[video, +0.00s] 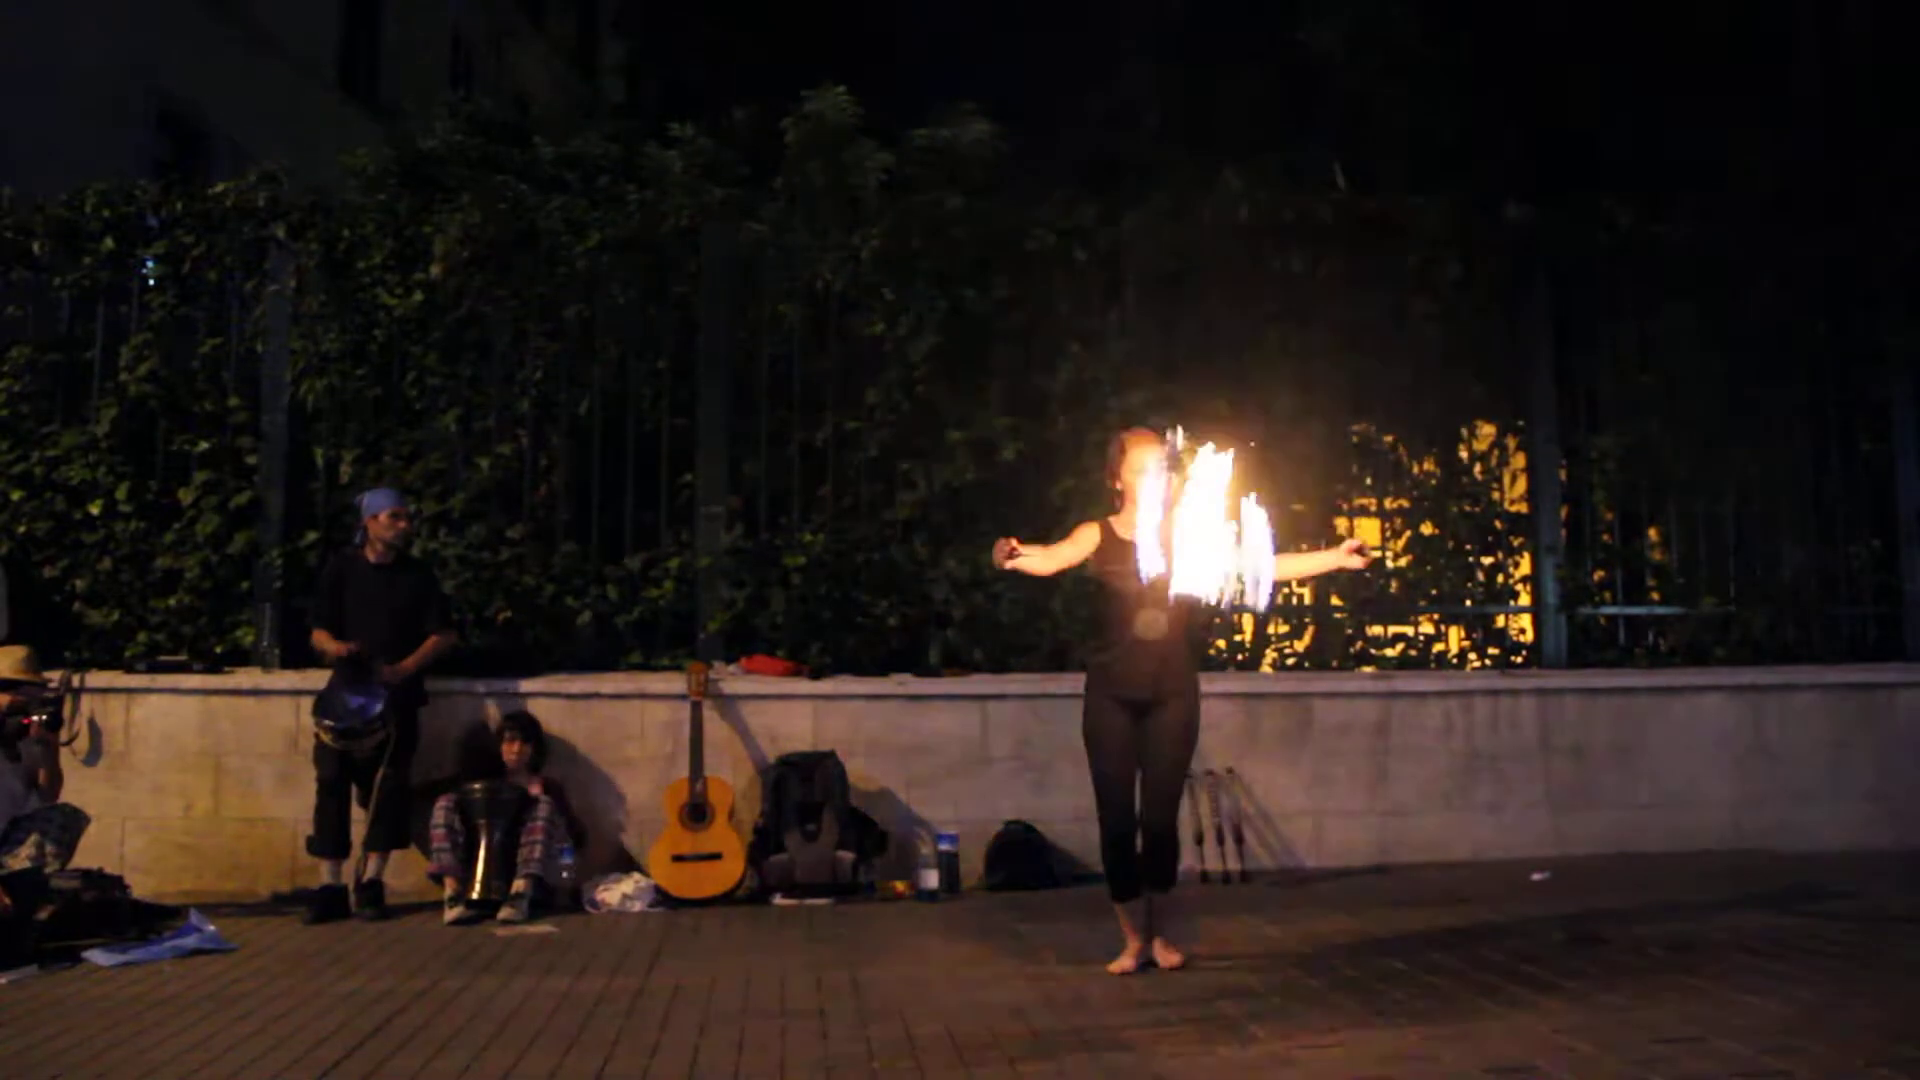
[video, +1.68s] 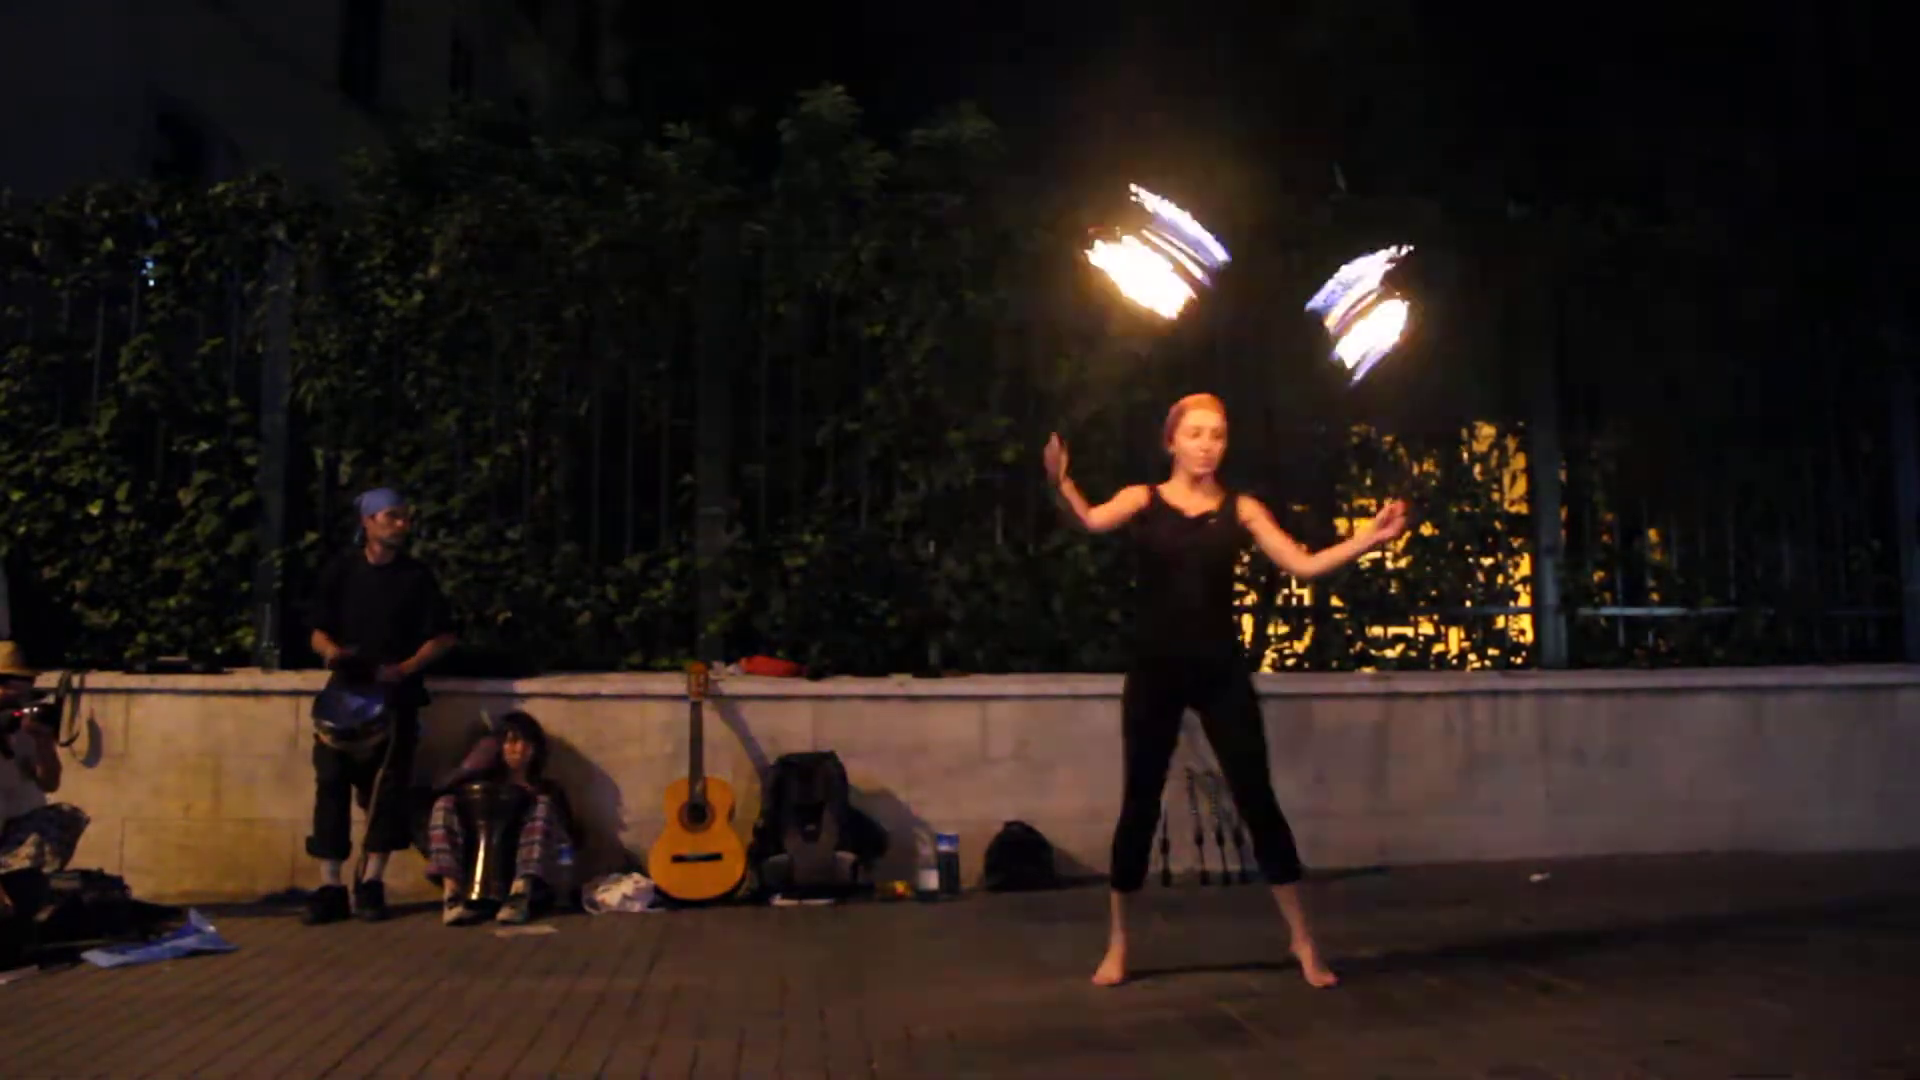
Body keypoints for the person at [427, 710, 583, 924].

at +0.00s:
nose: (516, 749)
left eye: (524, 742)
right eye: (510, 741)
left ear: (534, 749)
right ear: (500, 746)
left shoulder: (547, 787)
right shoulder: (487, 783)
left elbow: (570, 838)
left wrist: (541, 800)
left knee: (543, 806)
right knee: (445, 804)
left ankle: (521, 891)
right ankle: (452, 892)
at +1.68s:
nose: (518, 749)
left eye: (526, 743)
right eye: (512, 741)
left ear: (535, 750)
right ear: (500, 746)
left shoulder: (548, 790)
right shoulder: (481, 785)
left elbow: (564, 840)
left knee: (542, 806)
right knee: (444, 804)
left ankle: (521, 893)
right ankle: (451, 894)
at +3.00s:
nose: (511, 752)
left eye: (518, 744)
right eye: (505, 744)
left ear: (531, 749)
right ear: (496, 746)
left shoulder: (547, 786)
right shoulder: (483, 777)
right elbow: (440, 774)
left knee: (544, 806)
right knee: (443, 805)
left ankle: (520, 892)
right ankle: (451, 892)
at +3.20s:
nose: (512, 750)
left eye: (521, 743)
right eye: (507, 741)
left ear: (533, 749)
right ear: (499, 746)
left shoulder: (547, 787)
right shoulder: (489, 783)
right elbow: (449, 789)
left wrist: (543, 798)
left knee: (541, 811)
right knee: (443, 805)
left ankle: (521, 892)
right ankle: (451, 892)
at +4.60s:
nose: (524, 753)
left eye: (534, 750)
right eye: (521, 743)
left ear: (542, 759)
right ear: (509, 744)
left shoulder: (550, 790)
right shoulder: (488, 778)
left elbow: (568, 838)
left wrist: (536, 802)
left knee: (542, 806)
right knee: (444, 804)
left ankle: (520, 893)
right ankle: (451, 893)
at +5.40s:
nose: (526, 751)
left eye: (534, 746)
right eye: (522, 743)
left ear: (542, 753)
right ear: (509, 744)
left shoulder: (551, 789)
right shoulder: (484, 778)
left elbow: (568, 841)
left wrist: (540, 801)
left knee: (541, 806)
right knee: (443, 805)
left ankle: (521, 893)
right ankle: (451, 893)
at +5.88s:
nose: (525, 755)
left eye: (531, 747)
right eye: (517, 746)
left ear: (539, 752)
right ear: (500, 750)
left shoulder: (547, 788)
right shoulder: (480, 789)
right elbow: (447, 787)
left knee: (541, 806)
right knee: (443, 805)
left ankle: (521, 893)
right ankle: (451, 892)